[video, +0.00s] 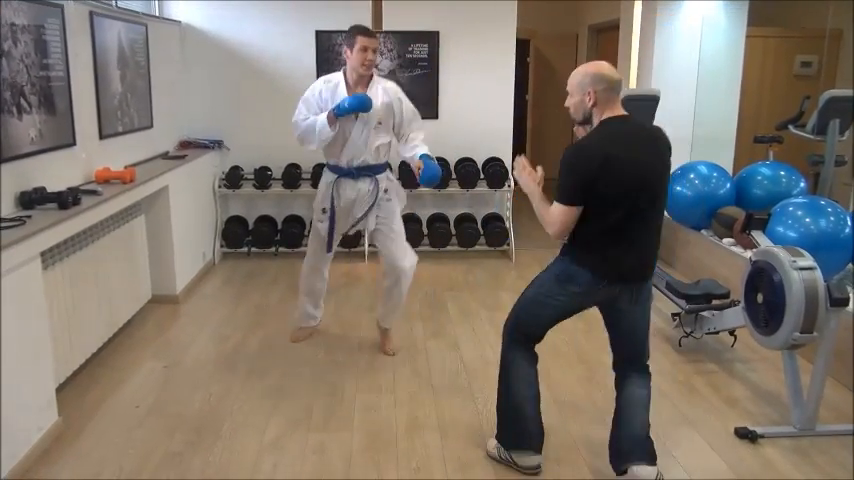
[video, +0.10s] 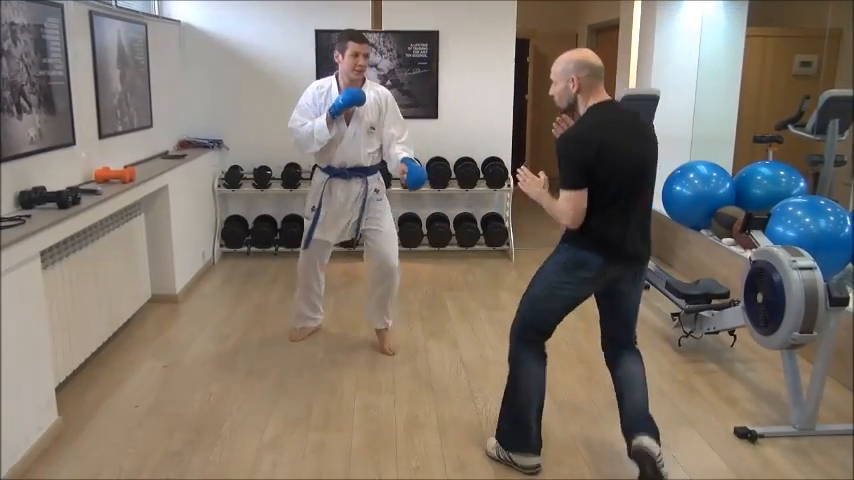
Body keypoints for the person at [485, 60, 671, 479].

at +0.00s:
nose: (567, 102)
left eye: (570, 94)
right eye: (567, 94)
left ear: (591, 97)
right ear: (613, 96)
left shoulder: (585, 153)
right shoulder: (657, 140)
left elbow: (556, 226)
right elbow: (633, 196)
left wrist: (532, 189)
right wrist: (587, 139)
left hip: (583, 271)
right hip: (635, 276)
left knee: (518, 335)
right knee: (633, 368)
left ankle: (521, 447)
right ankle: (638, 463)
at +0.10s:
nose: (551, 90)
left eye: (555, 82)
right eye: (552, 82)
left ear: (575, 83)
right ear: (597, 81)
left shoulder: (580, 136)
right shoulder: (639, 125)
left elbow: (570, 215)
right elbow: (617, 182)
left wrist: (539, 193)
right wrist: (571, 143)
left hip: (585, 254)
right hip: (631, 256)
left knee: (528, 334)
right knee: (622, 346)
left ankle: (521, 446)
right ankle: (642, 435)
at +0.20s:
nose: (546, 69)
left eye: (548, 61)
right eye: (545, 62)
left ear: (569, 60)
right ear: (589, 59)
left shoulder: (575, 107)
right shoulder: (631, 97)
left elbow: (580, 184)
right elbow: (621, 151)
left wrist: (548, 176)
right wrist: (568, 129)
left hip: (594, 232)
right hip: (638, 229)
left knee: (552, 329)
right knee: (620, 317)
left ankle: (539, 441)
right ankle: (650, 411)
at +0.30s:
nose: (546, 69)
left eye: (549, 61)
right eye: (547, 62)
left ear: (568, 62)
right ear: (588, 62)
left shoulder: (569, 105)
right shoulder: (623, 100)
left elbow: (575, 176)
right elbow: (614, 156)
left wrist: (547, 172)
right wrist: (565, 138)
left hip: (597, 232)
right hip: (637, 228)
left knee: (562, 332)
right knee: (619, 303)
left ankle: (580, 451)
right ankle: (649, 397)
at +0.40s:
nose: (554, 86)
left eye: (557, 79)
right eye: (555, 78)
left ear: (576, 80)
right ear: (596, 82)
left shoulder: (570, 122)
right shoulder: (625, 119)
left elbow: (558, 189)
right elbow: (608, 163)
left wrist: (533, 184)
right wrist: (563, 138)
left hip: (599, 245)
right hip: (637, 239)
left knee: (558, 339)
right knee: (617, 301)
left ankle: (581, 455)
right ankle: (643, 384)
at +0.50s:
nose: (565, 79)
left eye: (570, 71)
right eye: (567, 72)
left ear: (591, 74)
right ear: (600, 74)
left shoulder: (590, 115)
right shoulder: (626, 112)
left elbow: (570, 181)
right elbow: (607, 165)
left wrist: (534, 169)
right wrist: (571, 133)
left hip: (603, 235)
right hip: (635, 229)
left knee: (582, 332)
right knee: (618, 303)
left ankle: (578, 442)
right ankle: (643, 387)